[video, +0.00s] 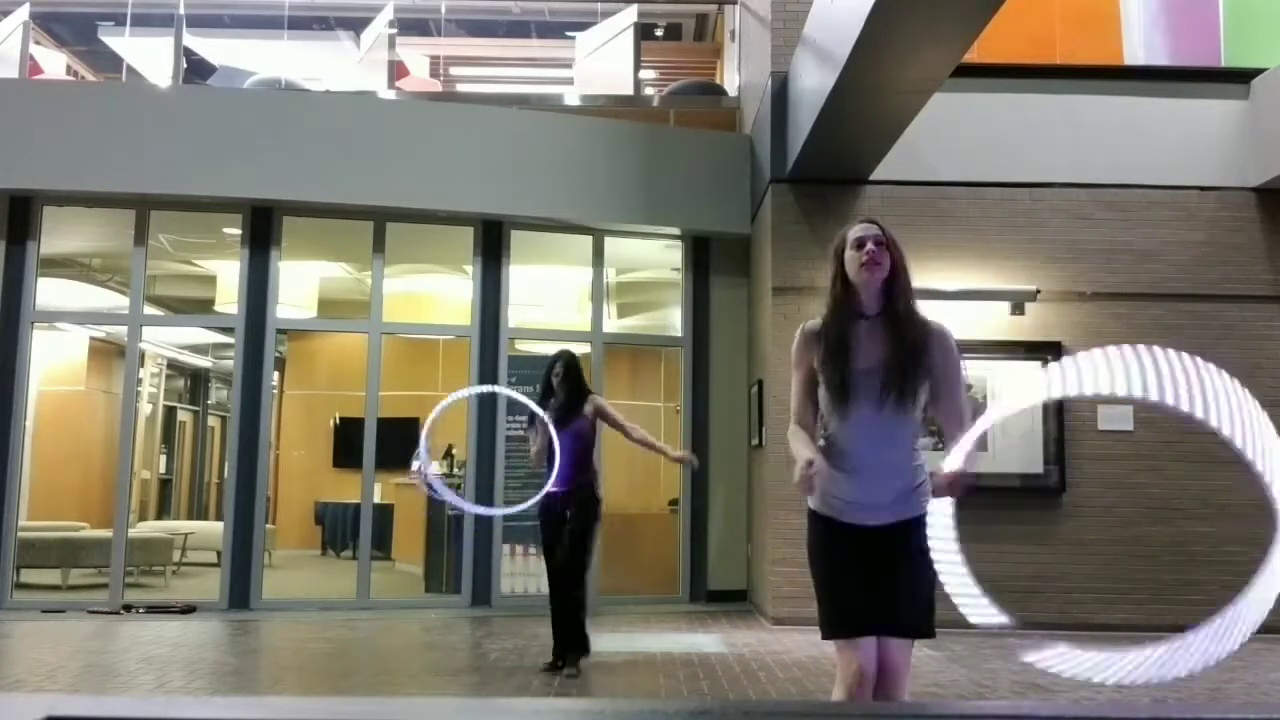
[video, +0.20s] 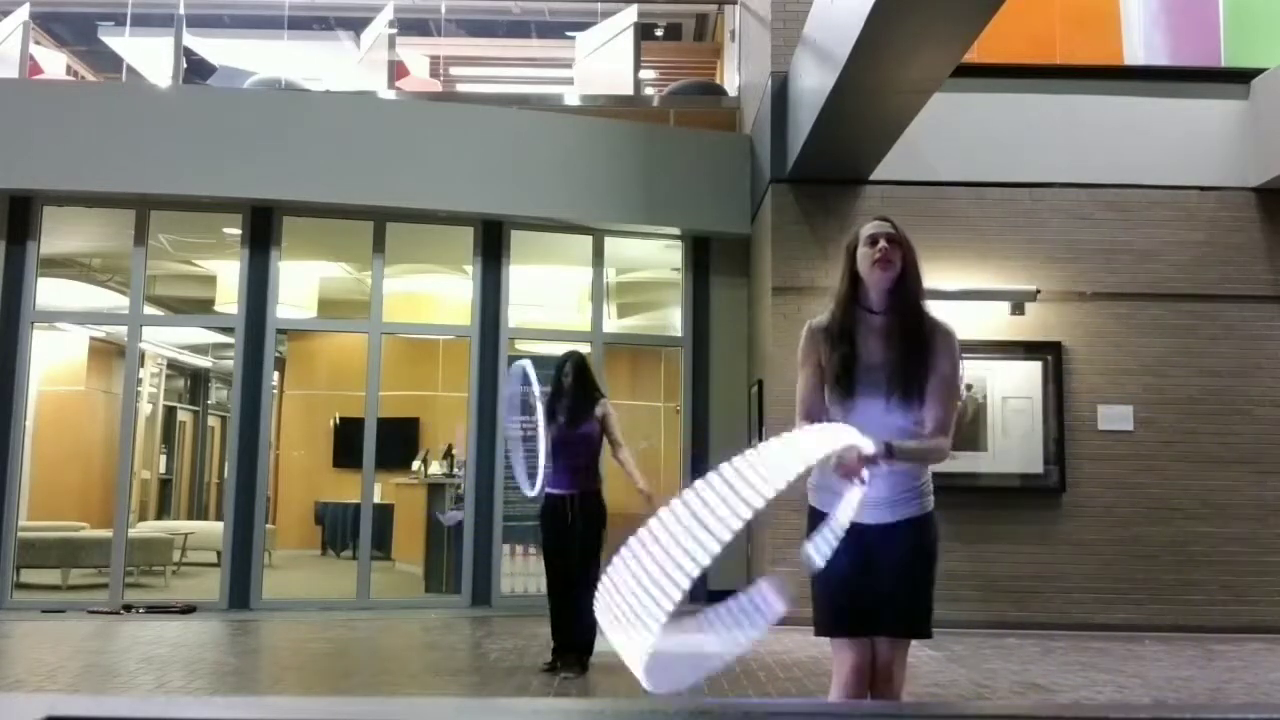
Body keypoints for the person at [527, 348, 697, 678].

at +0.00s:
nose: (559, 378)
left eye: (565, 372)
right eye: (555, 373)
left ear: (575, 376)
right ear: (549, 376)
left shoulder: (591, 405)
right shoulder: (547, 412)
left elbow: (630, 431)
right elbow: (537, 459)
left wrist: (671, 454)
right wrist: (537, 434)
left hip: (583, 498)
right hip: (552, 498)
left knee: (571, 573)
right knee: (556, 576)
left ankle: (574, 653)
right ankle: (561, 652)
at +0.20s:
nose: (568, 381)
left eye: (575, 375)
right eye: (564, 375)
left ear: (585, 377)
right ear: (558, 377)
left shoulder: (599, 408)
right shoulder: (550, 408)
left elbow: (618, 448)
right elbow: (536, 445)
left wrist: (640, 482)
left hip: (586, 503)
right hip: (554, 503)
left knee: (581, 581)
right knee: (557, 580)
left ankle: (578, 657)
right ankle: (560, 653)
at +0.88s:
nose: (606, 380)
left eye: (606, 374)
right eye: (602, 374)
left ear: (587, 374)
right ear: (589, 373)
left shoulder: (592, 405)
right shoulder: (569, 397)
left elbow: (590, 463)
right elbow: (565, 444)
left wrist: (618, 493)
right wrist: (595, 421)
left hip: (585, 505)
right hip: (563, 504)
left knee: (585, 585)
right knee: (560, 583)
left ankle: (584, 660)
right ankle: (543, 662)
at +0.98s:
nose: (609, 380)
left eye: (607, 373)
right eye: (606, 373)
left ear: (576, 373)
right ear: (596, 374)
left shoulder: (569, 400)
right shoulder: (589, 399)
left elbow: (570, 460)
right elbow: (594, 447)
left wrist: (596, 492)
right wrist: (612, 433)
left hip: (562, 498)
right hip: (577, 501)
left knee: (580, 579)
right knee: (568, 577)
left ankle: (580, 659)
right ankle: (542, 660)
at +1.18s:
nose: (603, 385)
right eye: (602, 378)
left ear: (571, 380)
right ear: (604, 382)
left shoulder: (560, 412)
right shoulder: (611, 412)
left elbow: (552, 457)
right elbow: (621, 463)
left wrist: (559, 475)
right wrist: (624, 457)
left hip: (570, 504)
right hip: (603, 506)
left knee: (568, 577)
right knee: (602, 580)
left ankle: (567, 654)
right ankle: (575, 634)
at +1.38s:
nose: (568, 389)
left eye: (568, 384)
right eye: (567, 384)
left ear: (575, 381)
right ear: (600, 376)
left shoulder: (583, 403)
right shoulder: (619, 402)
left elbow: (575, 452)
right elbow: (638, 444)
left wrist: (546, 481)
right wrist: (605, 449)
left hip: (590, 504)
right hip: (616, 505)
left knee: (578, 581)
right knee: (605, 583)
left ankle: (566, 661)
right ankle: (617, 660)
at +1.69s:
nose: (579, 389)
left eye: (581, 383)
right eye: (580, 383)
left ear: (586, 384)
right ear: (616, 377)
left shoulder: (593, 413)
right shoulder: (637, 407)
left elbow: (585, 456)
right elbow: (642, 445)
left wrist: (559, 486)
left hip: (607, 503)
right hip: (638, 502)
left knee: (608, 575)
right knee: (630, 576)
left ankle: (612, 652)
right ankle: (617, 648)